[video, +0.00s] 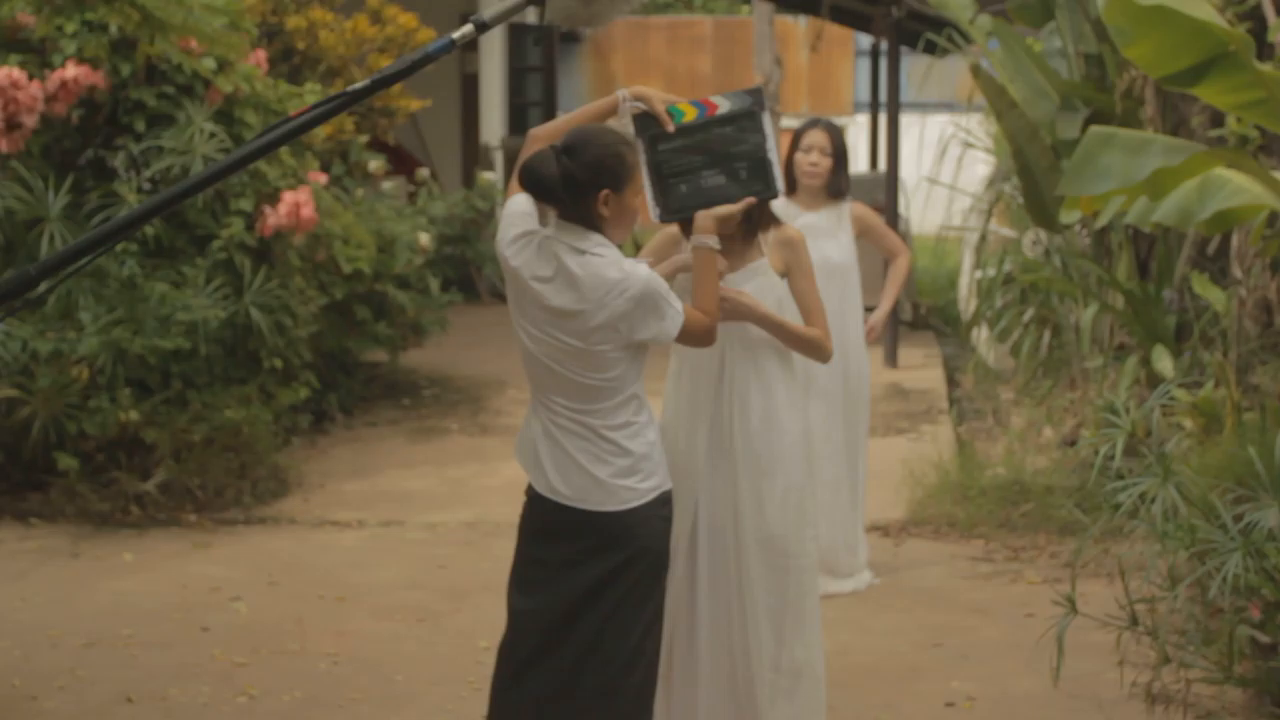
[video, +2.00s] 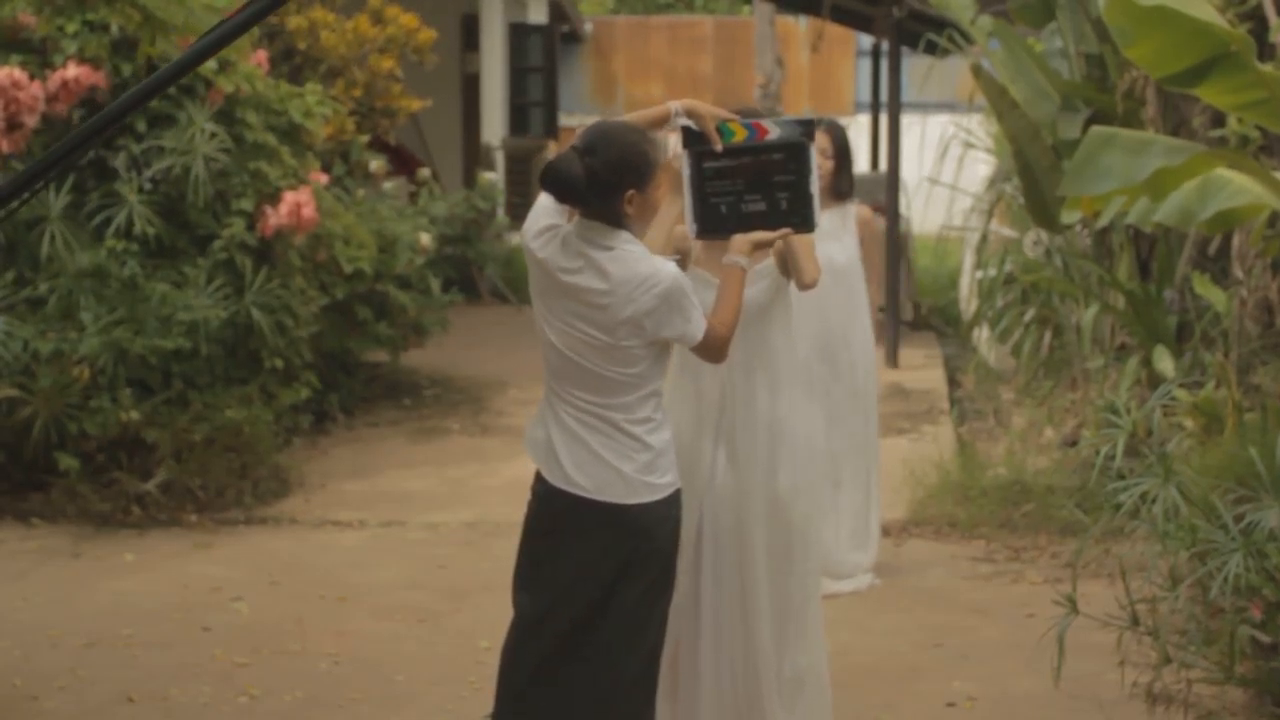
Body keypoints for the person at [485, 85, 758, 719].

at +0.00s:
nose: (641, 199)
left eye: (639, 185)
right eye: (634, 187)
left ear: (567, 198)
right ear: (606, 202)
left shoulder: (520, 244)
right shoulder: (626, 286)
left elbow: (537, 143)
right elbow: (702, 326)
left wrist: (616, 100)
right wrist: (704, 240)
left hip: (551, 487)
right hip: (626, 494)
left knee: (529, 657)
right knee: (619, 668)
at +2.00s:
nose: (667, 186)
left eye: (665, 175)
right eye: (661, 179)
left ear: (585, 190)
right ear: (631, 200)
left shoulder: (544, 235)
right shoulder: (650, 279)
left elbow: (577, 148)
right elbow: (713, 344)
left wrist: (665, 113)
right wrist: (738, 259)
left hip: (559, 484)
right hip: (638, 495)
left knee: (537, 651)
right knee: (623, 665)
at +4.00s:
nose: (630, 180)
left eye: (624, 170)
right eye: (626, 173)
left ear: (548, 179)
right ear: (618, 192)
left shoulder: (528, 241)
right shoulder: (639, 279)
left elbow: (561, 152)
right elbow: (704, 349)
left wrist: (662, 114)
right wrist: (729, 263)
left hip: (553, 487)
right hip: (632, 495)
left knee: (529, 651)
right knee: (619, 661)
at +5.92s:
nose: (625, 180)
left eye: (616, 167)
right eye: (618, 171)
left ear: (545, 182)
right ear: (608, 187)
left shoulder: (523, 243)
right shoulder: (637, 279)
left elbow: (562, 158)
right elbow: (700, 355)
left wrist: (659, 124)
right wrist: (727, 269)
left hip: (551, 488)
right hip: (629, 496)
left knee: (526, 655)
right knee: (618, 667)